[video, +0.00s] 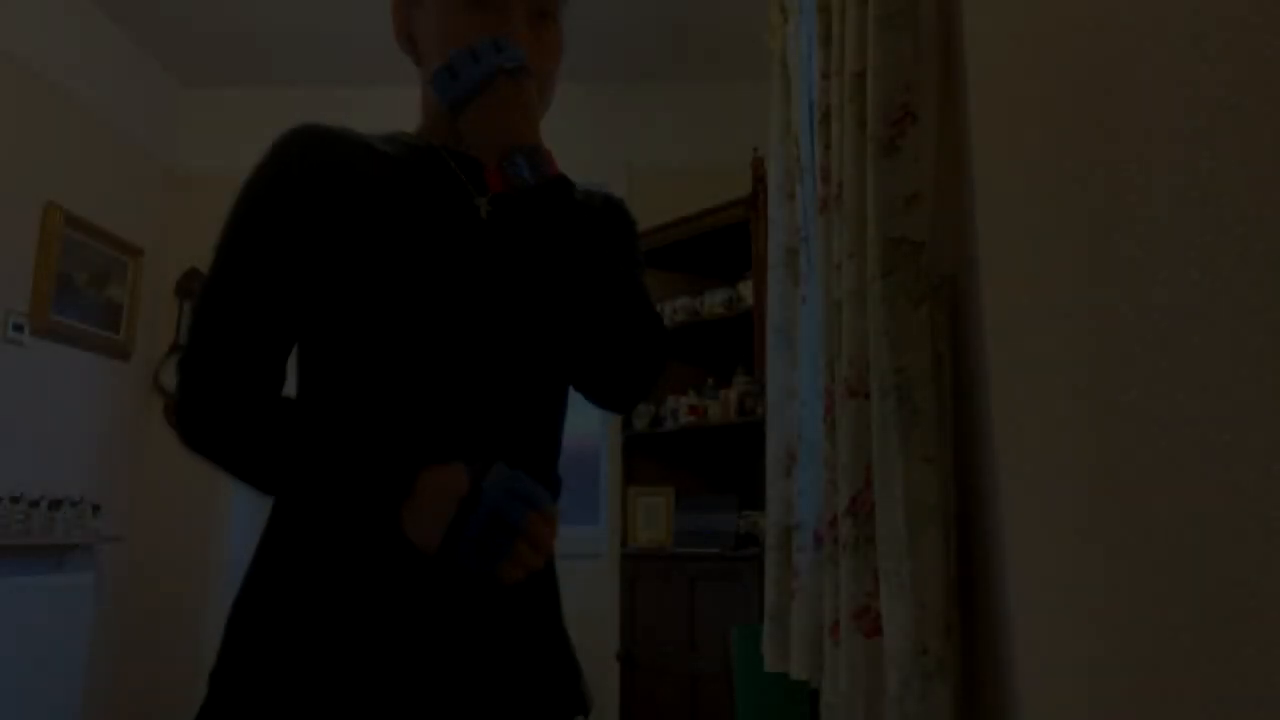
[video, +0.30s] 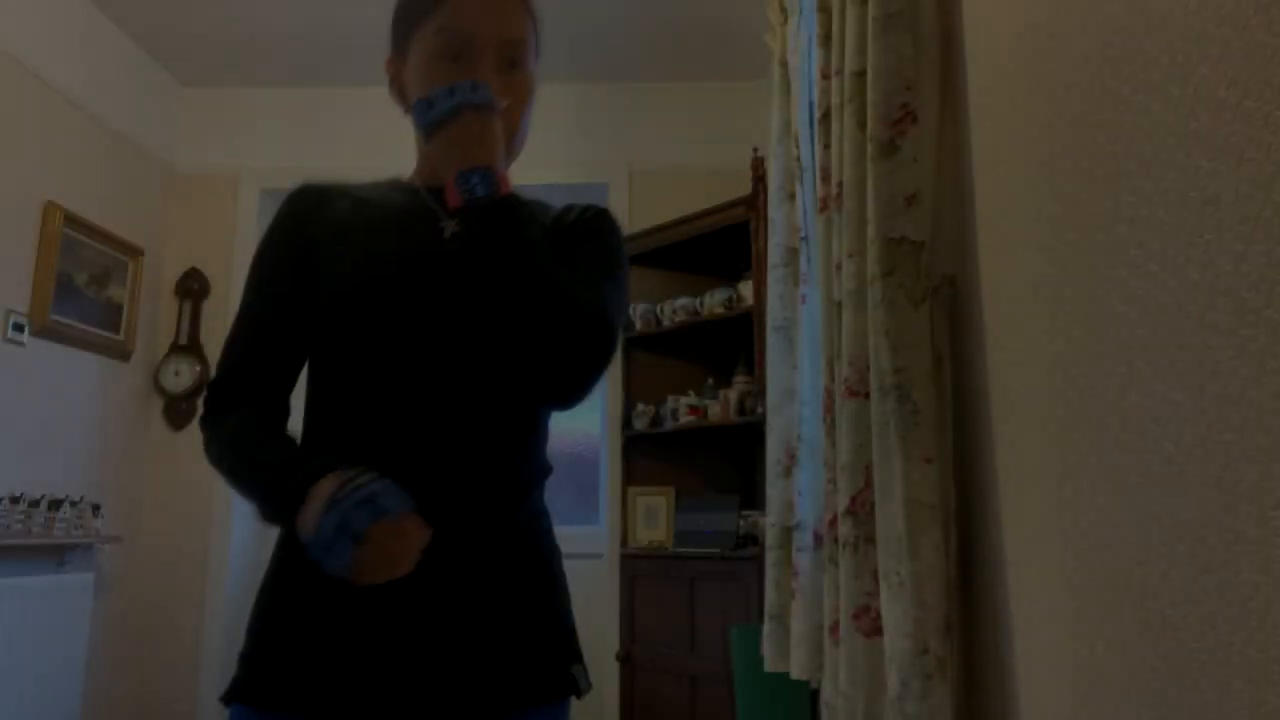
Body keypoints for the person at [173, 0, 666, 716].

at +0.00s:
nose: (504, 42)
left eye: (533, 18)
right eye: (476, 8)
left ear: (560, 44)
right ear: (407, 25)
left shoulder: (585, 225)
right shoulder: (319, 171)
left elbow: (624, 380)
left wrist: (525, 168)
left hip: (501, 648)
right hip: (320, 630)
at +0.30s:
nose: (485, 84)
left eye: (510, 63)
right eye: (455, 56)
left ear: (534, 86)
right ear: (400, 78)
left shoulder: (576, 235)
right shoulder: (321, 220)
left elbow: (565, 375)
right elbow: (236, 415)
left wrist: (480, 190)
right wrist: (316, 499)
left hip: (500, 643)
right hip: (325, 642)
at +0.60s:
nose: (441, 142)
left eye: (464, 123)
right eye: (413, 118)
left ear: (487, 150)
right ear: (366, 141)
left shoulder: (524, 284)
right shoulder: (295, 269)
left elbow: (501, 415)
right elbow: (222, 436)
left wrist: (444, 246)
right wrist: (239, 542)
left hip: (452, 656)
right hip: (300, 651)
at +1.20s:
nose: (464, 208)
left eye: (484, 194)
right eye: (443, 190)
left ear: (506, 222)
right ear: (411, 217)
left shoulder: (543, 324)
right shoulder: (367, 329)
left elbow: (534, 435)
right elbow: (313, 476)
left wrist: (438, 333)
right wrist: (242, 616)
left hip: (491, 620)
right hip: (373, 614)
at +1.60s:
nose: (501, 232)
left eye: (517, 219)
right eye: (481, 216)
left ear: (535, 242)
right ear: (449, 238)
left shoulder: (567, 341)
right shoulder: (403, 335)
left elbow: (576, 422)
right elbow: (349, 460)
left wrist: (477, 433)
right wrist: (285, 578)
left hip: (519, 609)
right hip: (412, 605)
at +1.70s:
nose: (499, 240)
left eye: (514, 229)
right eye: (481, 222)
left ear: (529, 250)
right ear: (444, 241)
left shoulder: (557, 352)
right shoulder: (397, 335)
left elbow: (570, 445)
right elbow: (323, 433)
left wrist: (548, 516)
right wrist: (247, 517)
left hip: (509, 608)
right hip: (406, 603)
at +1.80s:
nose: (498, 245)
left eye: (512, 234)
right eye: (479, 226)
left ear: (521, 254)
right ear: (437, 241)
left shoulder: (545, 357)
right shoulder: (385, 332)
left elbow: (571, 477)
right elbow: (329, 387)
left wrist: (588, 596)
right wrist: (269, 431)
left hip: (499, 609)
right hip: (392, 604)